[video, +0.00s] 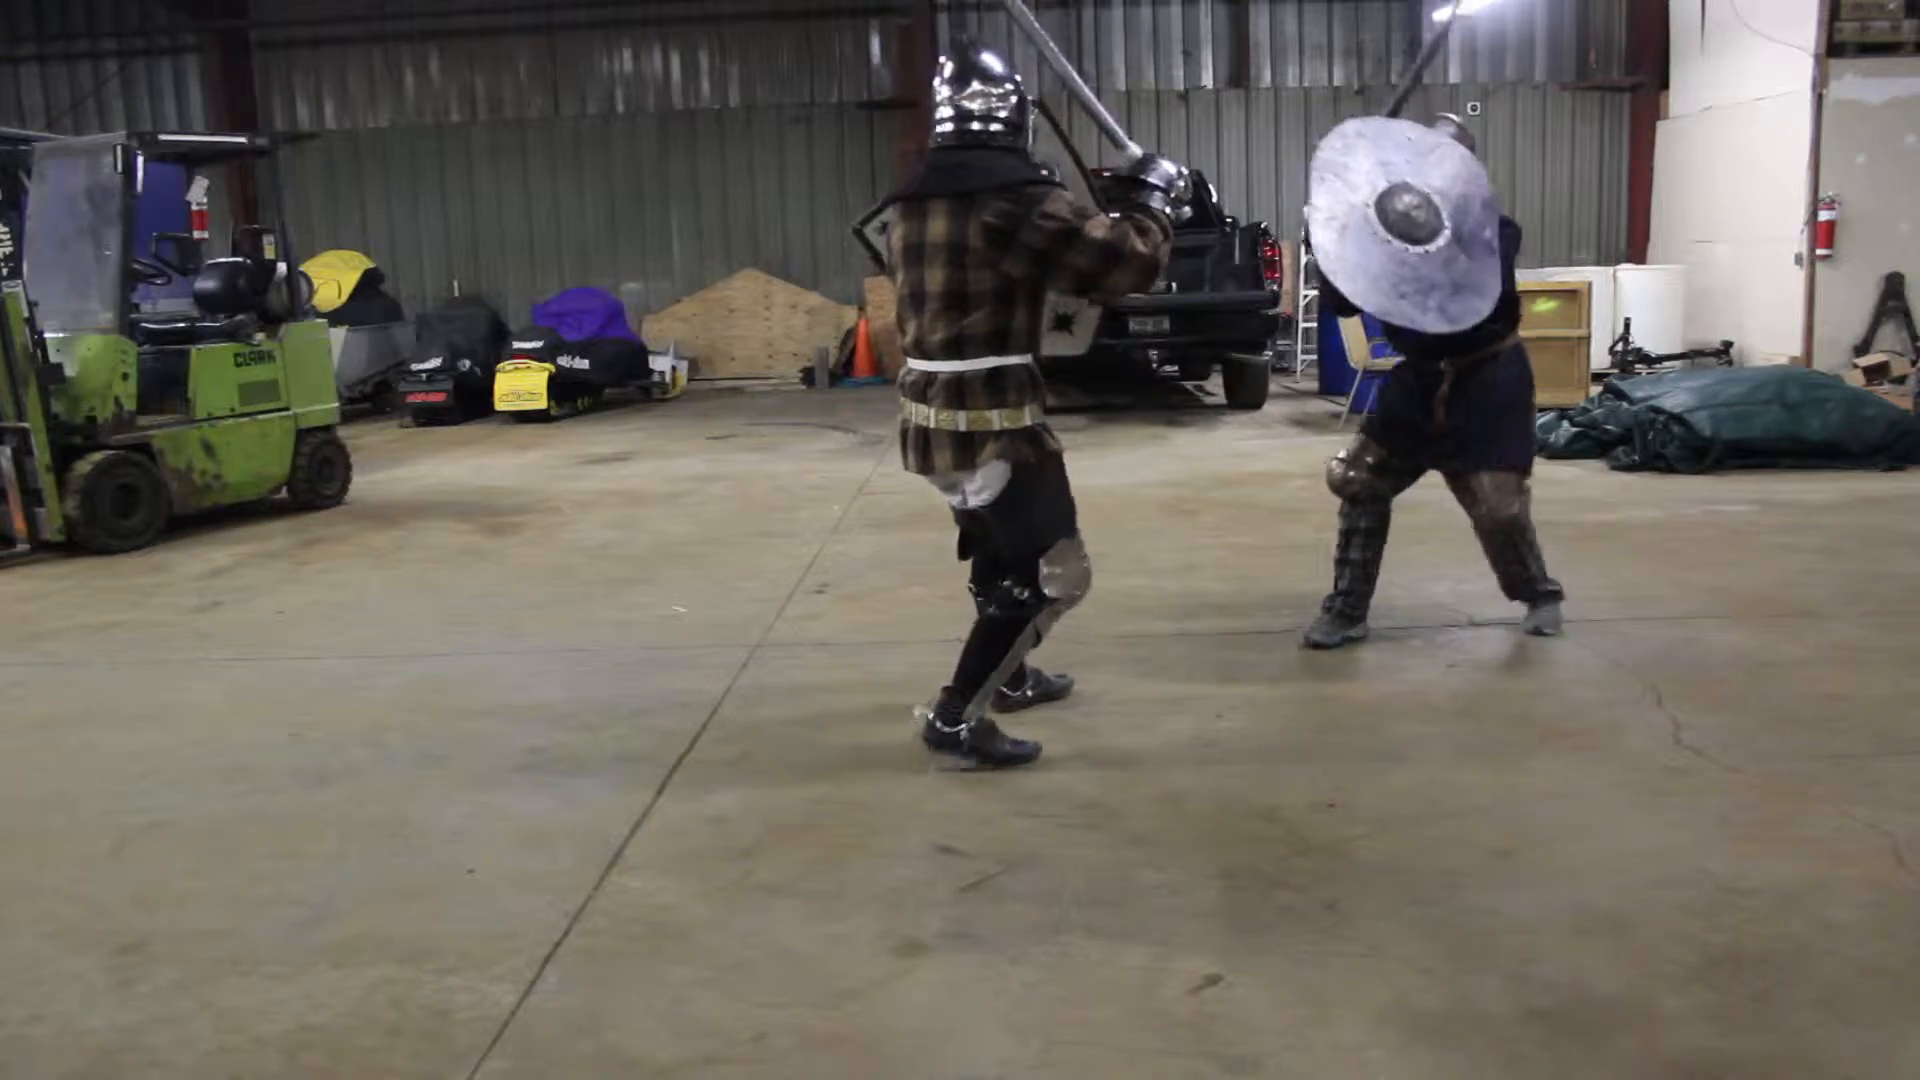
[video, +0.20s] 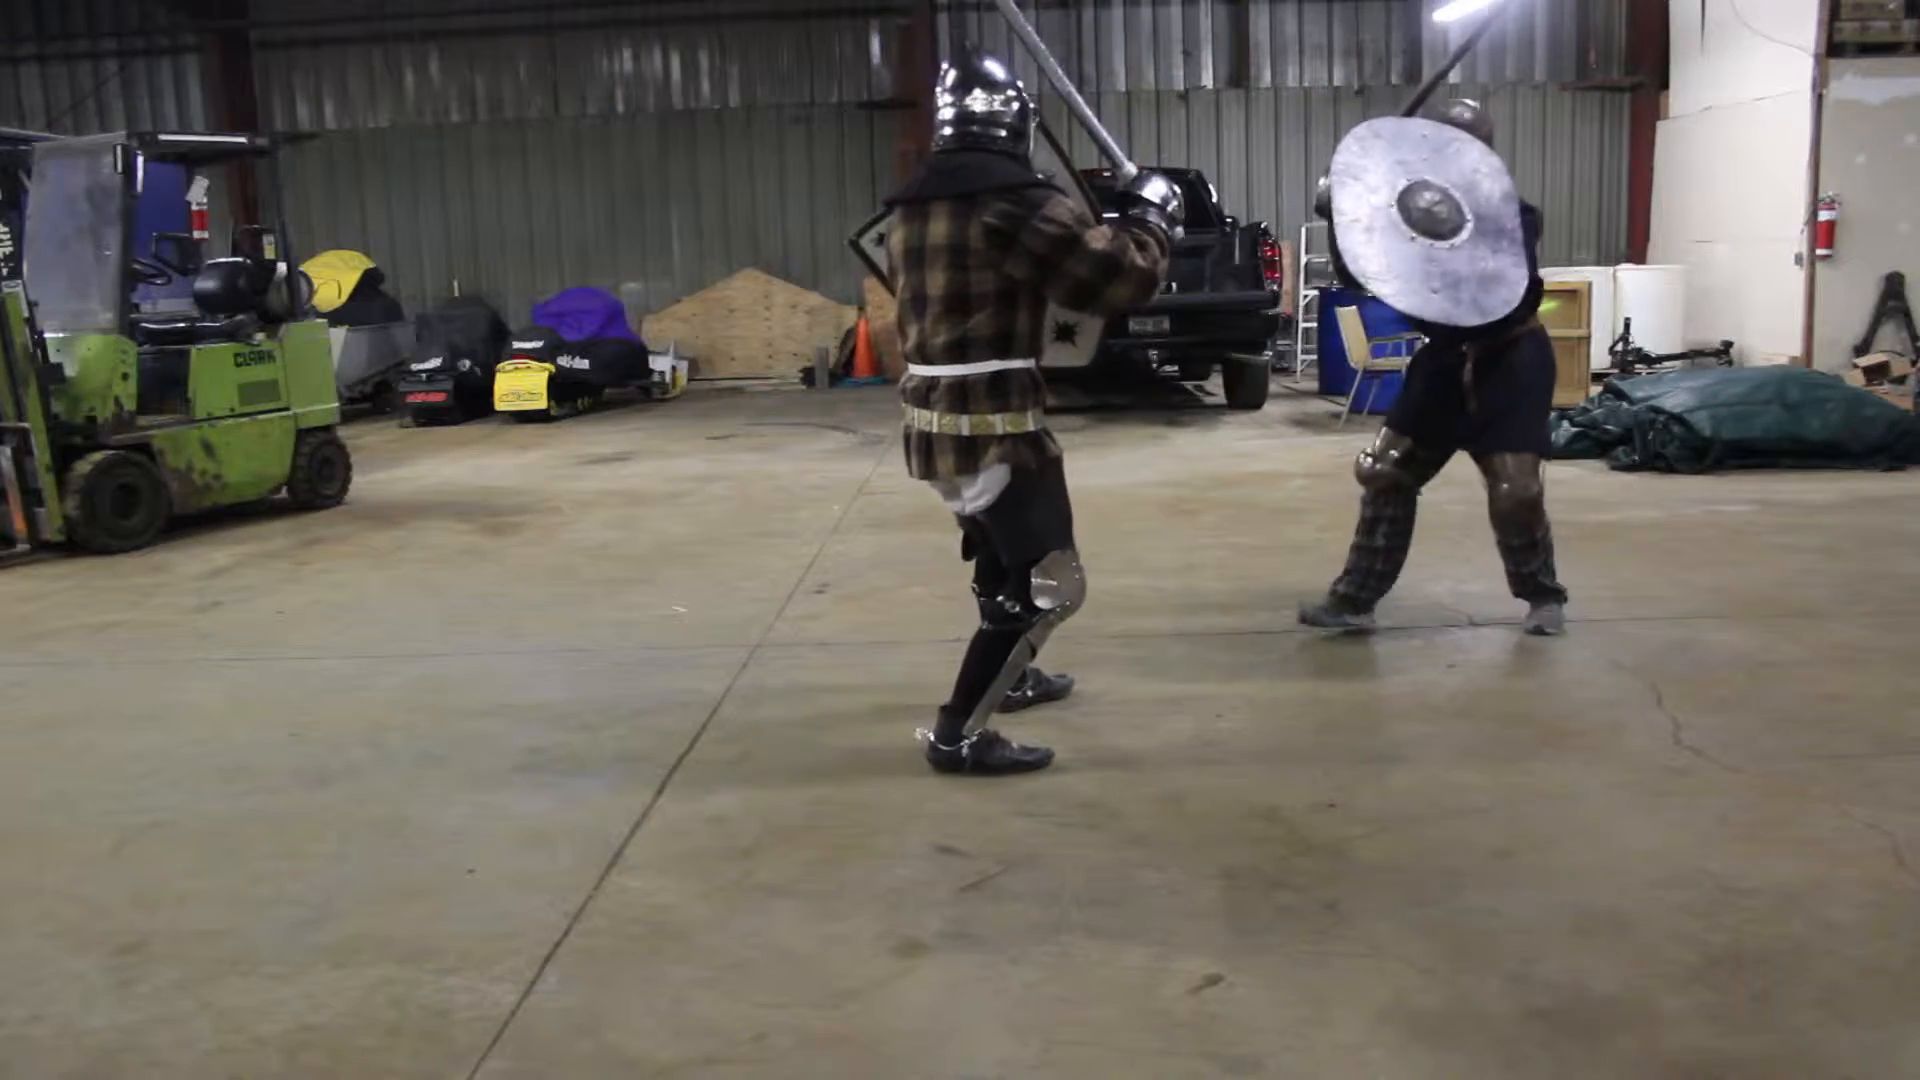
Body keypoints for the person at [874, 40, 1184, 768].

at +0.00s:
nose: (1023, 123)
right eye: (1019, 111)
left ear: (942, 115)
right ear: (1014, 114)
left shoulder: (918, 196)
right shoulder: (1014, 198)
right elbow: (1127, 262)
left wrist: (1100, 202)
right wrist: (1155, 201)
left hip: (935, 419)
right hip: (995, 423)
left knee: (999, 549)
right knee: (1057, 573)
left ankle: (1009, 671)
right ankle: (955, 718)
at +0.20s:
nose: (1026, 129)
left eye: (1018, 117)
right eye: (1022, 116)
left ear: (945, 118)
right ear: (1015, 119)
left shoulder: (918, 199)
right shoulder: (1016, 200)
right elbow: (1117, 277)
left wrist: (1085, 204)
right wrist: (1154, 216)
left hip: (936, 422)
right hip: (996, 426)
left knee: (999, 550)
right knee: (1048, 585)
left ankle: (1009, 673)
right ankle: (960, 731)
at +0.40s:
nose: (1026, 129)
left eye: (1020, 118)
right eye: (1020, 117)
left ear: (942, 118)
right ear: (1011, 120)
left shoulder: (914, 199)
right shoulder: (1013, 198)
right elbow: (1117, 279)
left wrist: (1091, 211)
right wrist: (1148, 218)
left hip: (935, 427)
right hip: (997, 429)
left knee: (996, 552)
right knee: (1047, 588)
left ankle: (1010, 675)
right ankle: (959, 733)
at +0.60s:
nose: (1022, 130)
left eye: (1017, 118)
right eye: (1017, 118)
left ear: (938, 119)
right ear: (1007, 119)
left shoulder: (913, 201)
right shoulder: (1009, 200)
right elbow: (1122, 274)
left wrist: (1095, 213)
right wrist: (1151, 213)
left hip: (938, 432)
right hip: (999, 435)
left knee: (997, 558)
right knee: (1048, 590)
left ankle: (1012, 676)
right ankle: (959, 732)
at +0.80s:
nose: (1023, 129)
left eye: (1018, 119)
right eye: (1018, 118)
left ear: (937, 120)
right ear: (1008, 120)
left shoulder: (912, 204)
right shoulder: (1015, 201)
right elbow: (1116, 277)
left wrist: (1089, 211)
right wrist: (1150, 214)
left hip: (937, 430)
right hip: (1002, 433)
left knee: (993, 555)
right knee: (1051, 588)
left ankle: (1011, 675)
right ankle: (958, 732)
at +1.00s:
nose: (1025, 126)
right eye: (1020, 114)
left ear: (942, 116)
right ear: (1015, 117)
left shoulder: (911, 206)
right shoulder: (1019, 201)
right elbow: (1126, 273)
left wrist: (1082, 204)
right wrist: (1150, 210)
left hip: (939, 426)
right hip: (1006, 430)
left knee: (994, 556)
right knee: (1046, 587)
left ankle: (1010, 676)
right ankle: (958, 732)